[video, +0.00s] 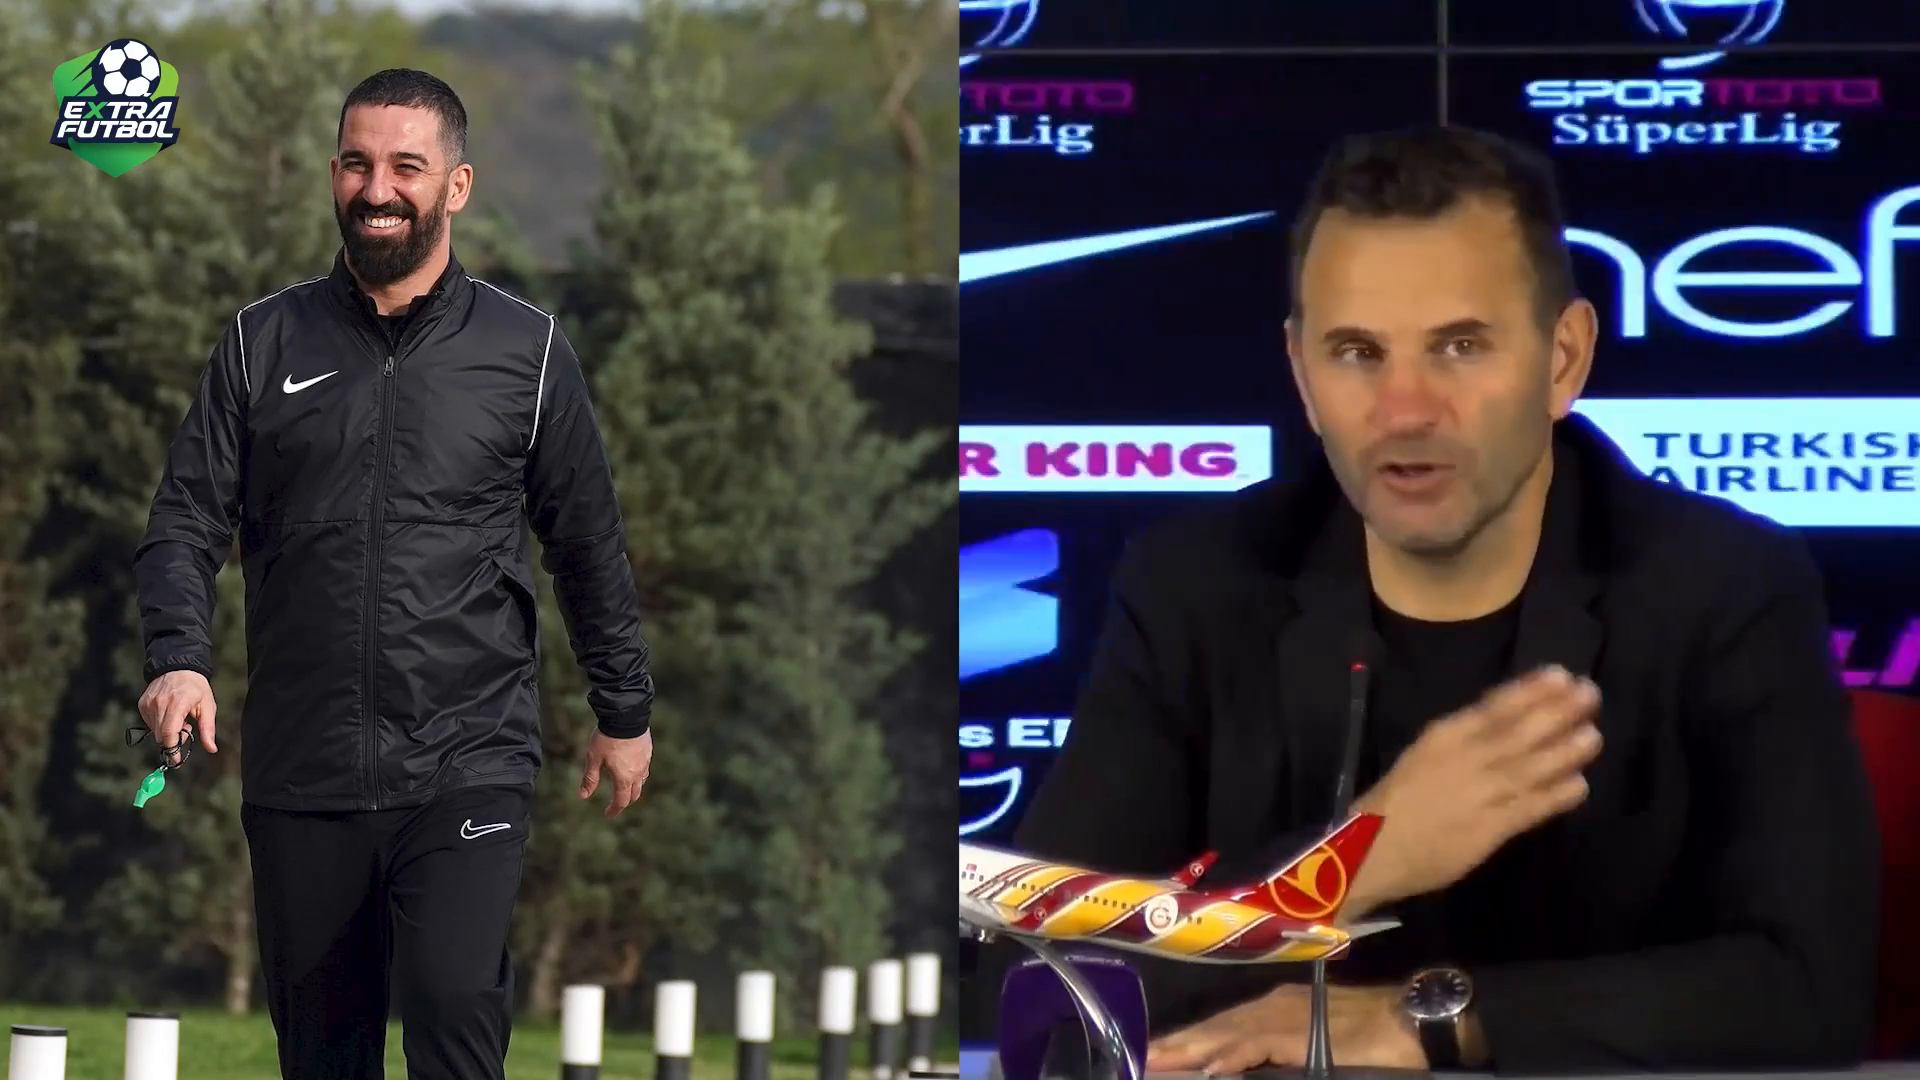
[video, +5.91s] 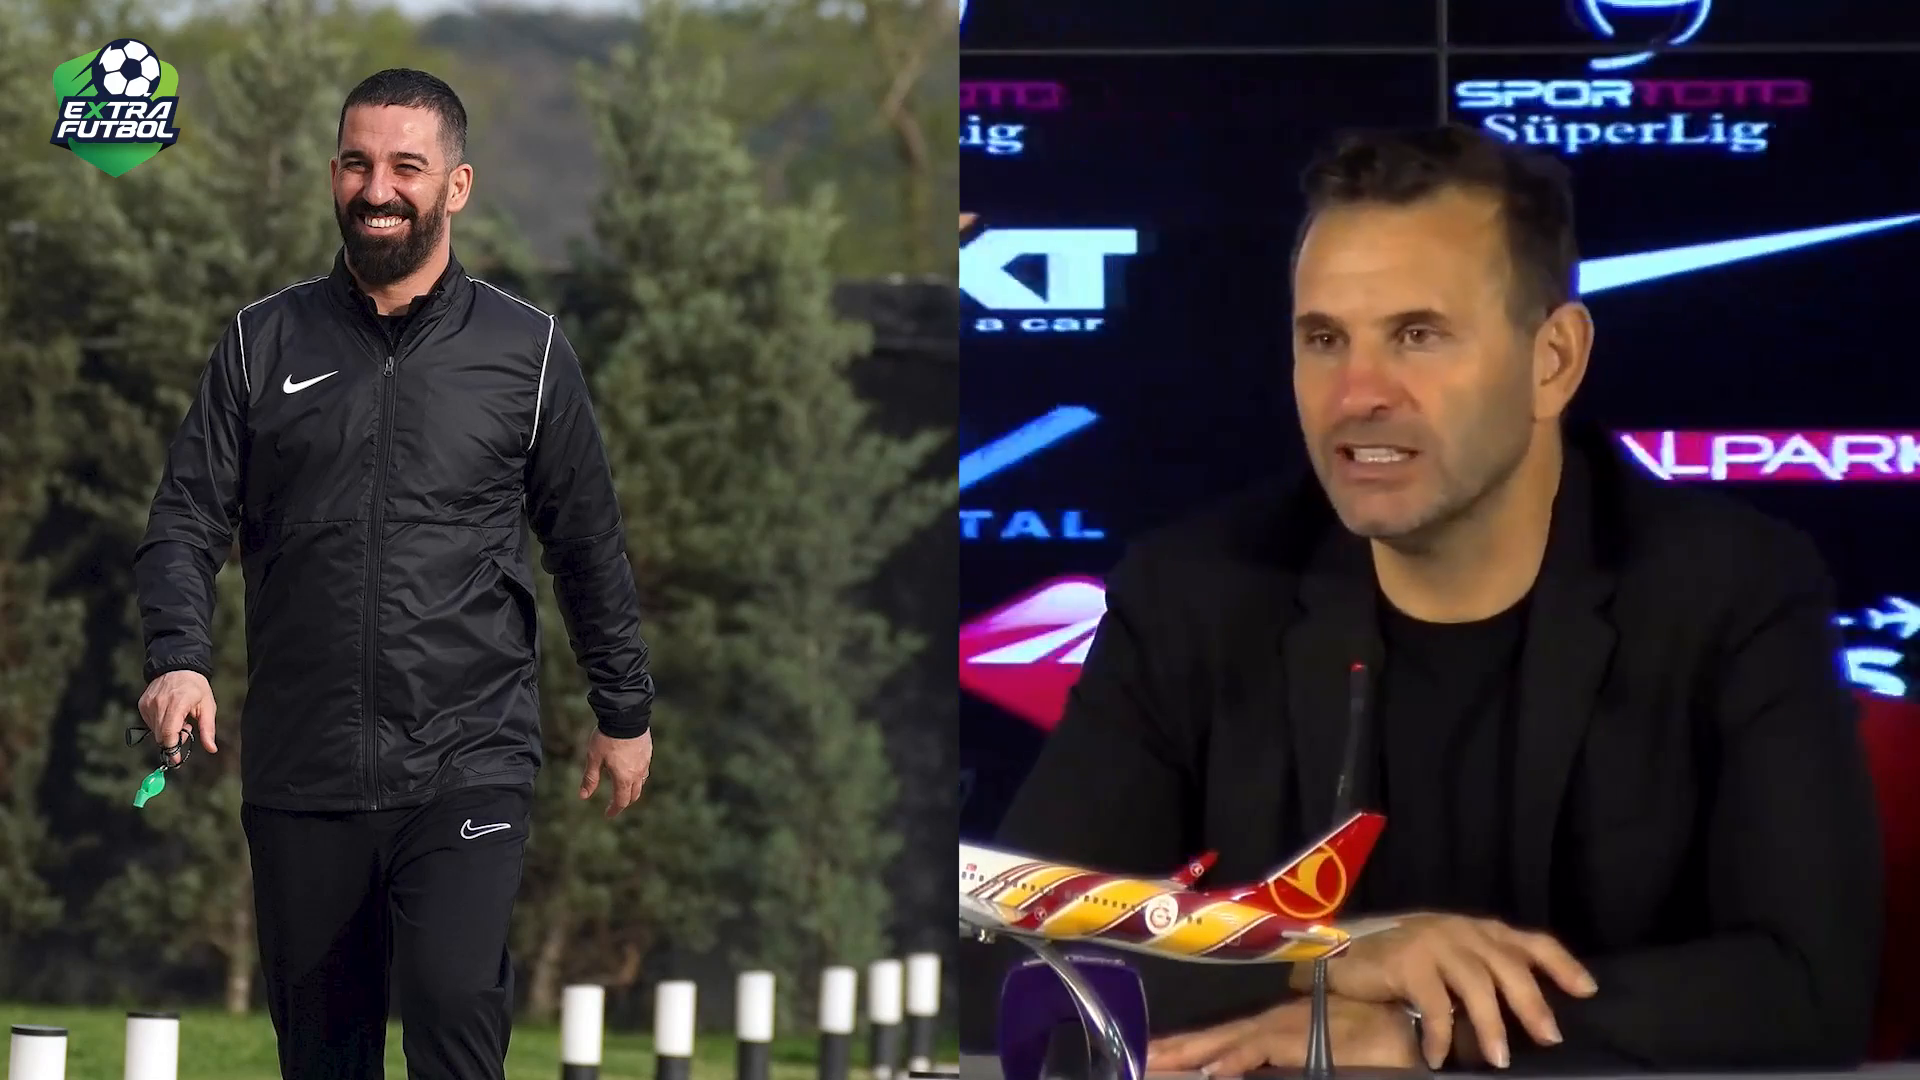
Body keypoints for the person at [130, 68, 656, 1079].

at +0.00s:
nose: (376, 187)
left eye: (405, 164)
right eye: (356, 162)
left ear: (458, 185)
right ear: (334, 176)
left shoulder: (529, 349)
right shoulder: (259, 342)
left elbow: (588, 540)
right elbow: (187, 513)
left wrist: (623, 709)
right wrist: (178, 658)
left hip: (471, 752)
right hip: (302, 755)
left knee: (455, 1019)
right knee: (320, 1042)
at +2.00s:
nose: (375, 187)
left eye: (405, 164)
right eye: (356, 162)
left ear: (458, 185)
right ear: (334, 177)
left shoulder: (530, 350)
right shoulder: (259, 342)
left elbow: (588, 541)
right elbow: (187, 513)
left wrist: (623, 708)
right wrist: (177, 658)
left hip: (472, 752)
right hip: (301, 755)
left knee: (455, 1018)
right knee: (320, 1042)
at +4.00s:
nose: (376, 187)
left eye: (405, 164)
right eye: (356, 162)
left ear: (458, 185)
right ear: (334, 177)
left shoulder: (530, 350)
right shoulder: (259, 342)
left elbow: (589, 541)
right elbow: (186, 513)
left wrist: (623, 708)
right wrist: (178, 658)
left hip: (471, 752)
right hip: (301, 755)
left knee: (455, 1019)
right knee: (320, 1043)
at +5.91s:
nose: (376, 187)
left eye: (405, 164)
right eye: (356, 162)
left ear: (458, 185)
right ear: (334, 177)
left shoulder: (530, 350)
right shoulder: (259, 342)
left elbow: (589, 541)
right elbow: (187, 513)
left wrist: (623, 708)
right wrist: (178, 658)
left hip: (471, 752)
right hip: (301, 755)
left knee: (455, 1019)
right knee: (320, 1043)